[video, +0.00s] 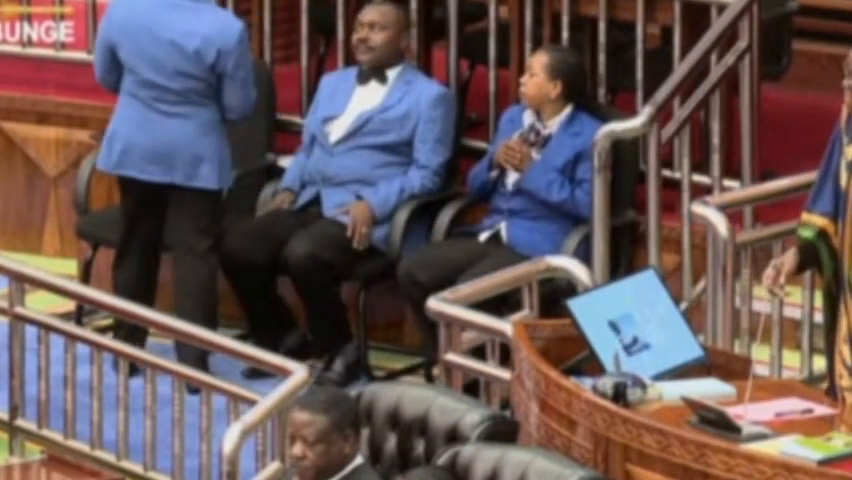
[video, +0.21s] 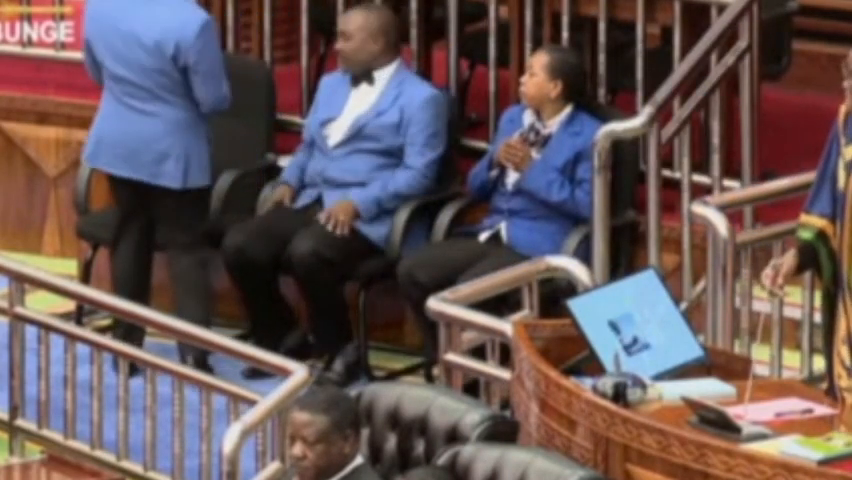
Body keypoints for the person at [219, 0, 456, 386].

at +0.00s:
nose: (363, 36)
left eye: (376, 28)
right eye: (359, 27)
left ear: (403, 40)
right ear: (352, 34)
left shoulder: (429, 96)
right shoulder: (332, 84)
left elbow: (429, 174)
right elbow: (307, 150)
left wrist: (374, 205)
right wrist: (288, 189)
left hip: (369, 214)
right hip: (313, 206)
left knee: (306, 255)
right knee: (240, 247)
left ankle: (338, 350)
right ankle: (277, 337)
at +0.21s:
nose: (337, 45)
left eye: (346, 38)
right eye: (337, 37)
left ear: (380, 44)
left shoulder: (421, 98)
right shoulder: (331, 85)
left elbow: (419, 174)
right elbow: (308, 148)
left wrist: (358, 204)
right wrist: (289, 182)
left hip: (371, 216)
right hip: (314, 206)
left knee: (309, 254)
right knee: (241, 247)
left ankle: (338, 351)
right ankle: (277, 337)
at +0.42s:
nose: (325, 52)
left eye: (330, 44)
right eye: (325, 44)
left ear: (356, 46)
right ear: (357, 46)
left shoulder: (407, 97)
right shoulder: (331, 85)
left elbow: (401, 177)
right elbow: (311, 152)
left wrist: (332, 202)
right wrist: (278, 173)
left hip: (370, 214)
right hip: (313, 201)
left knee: (315, 251)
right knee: (244, 243)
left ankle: (338, 350)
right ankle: (280, 336)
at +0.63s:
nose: (319, 52)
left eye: (321, 44)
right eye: (319, 44)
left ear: (339, 47)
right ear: (354, 44)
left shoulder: (393, 94)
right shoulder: (335, 85)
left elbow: (381, 173)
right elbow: (319, 158)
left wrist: (313, 212)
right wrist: (265, 153)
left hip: (372, 214)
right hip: (319, 203)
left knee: (319, 252)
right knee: (242, 241)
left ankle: (342, 354)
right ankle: (282, 338)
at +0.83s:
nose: (315, 48)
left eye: (316, 40)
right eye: (314, 41)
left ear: (332, 43)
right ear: (357, 38)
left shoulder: (380, 93)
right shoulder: (335, 82)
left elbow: (362, 175)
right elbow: (321, 136)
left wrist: (299, 225)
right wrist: (277, 136)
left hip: (366, 214)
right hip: (314, 203)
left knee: (316, 255)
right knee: (238, 243)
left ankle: (342, 356)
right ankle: (281, 339)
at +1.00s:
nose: (309, 47)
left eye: (313, 39)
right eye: (310, 39)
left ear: (336, 43)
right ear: (342, 43)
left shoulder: (377, 97)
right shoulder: (330, 83)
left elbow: (361, 184)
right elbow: (320, 137)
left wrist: (298, 231)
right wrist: (281, 144)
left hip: (365, 219)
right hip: (312, 205)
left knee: (315, 258)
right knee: (235, 244)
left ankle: (342, 358)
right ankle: (282, 341)